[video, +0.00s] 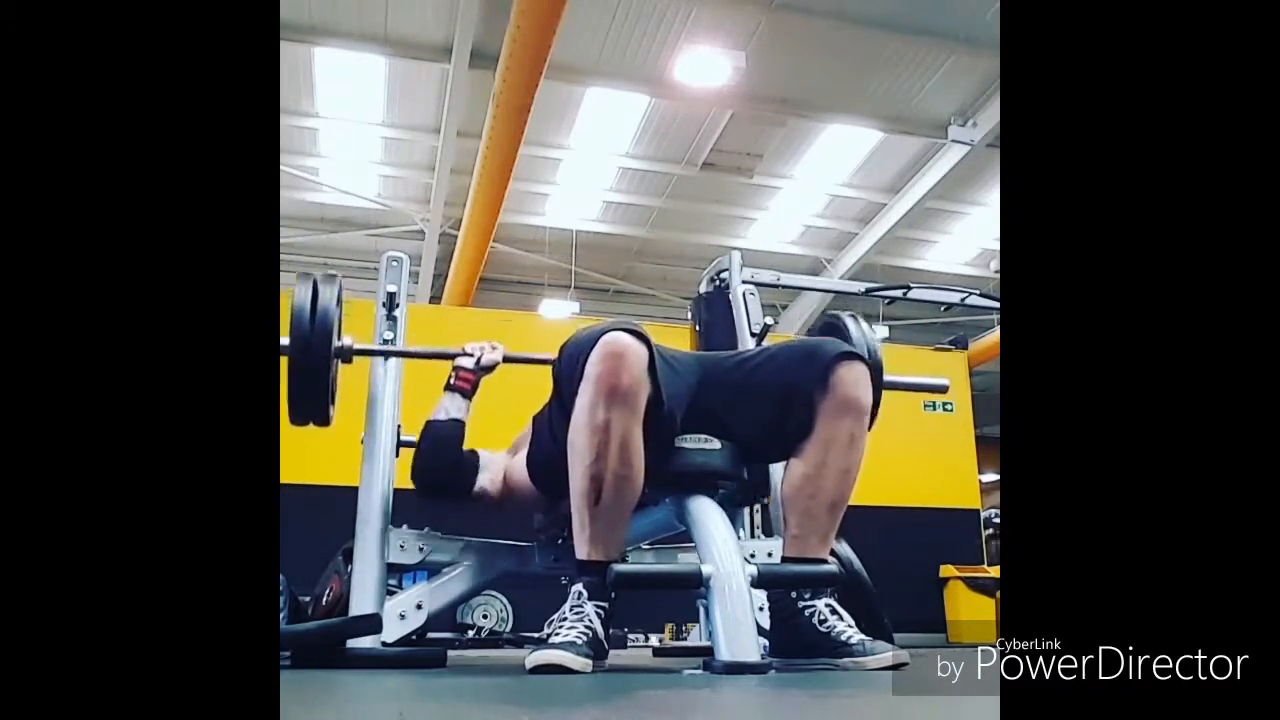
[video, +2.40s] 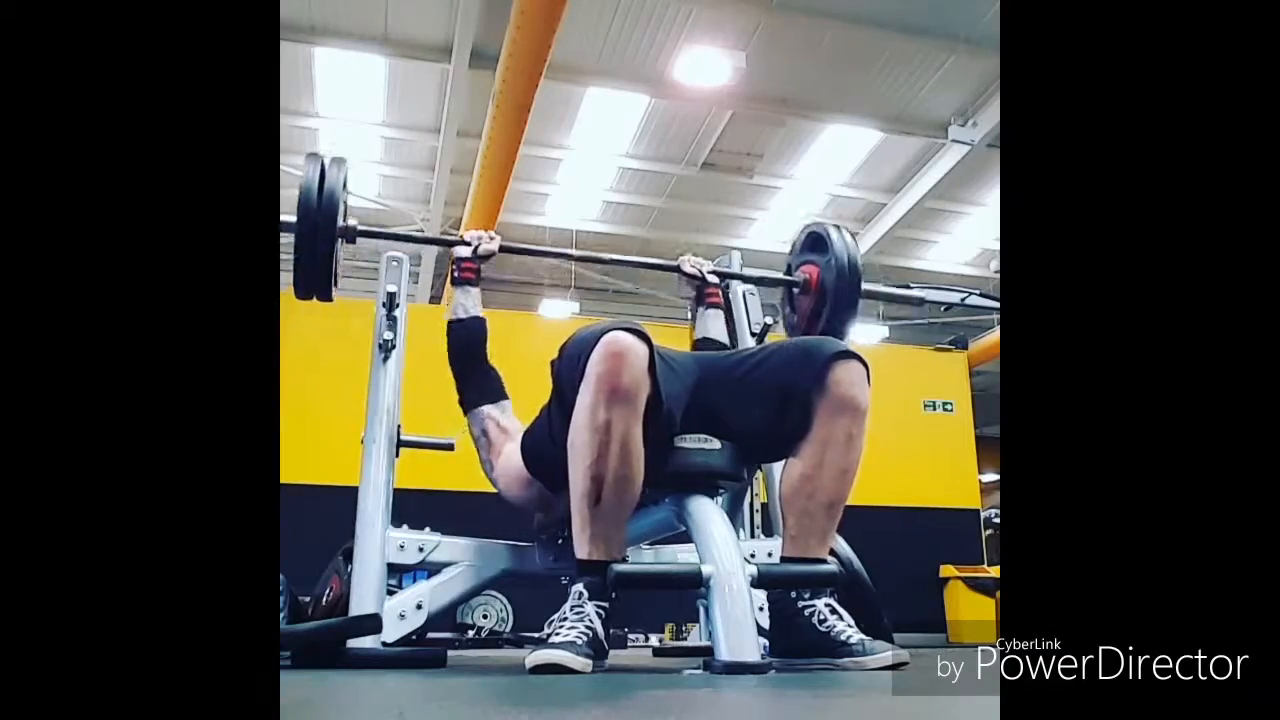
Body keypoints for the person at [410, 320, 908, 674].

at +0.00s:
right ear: (487, 484)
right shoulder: (514, 473)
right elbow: (434, 473)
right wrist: (461, 384)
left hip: (707, 375)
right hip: (633, 359)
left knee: (848, 376)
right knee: (618, 357)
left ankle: (800, 605)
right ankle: (586, 604)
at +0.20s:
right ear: (499, 509)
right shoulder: (518, 483)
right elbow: (448, 506)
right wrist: (464, 416)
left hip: (704, 375)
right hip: (625, 357)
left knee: (851, 376)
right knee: (623, 358)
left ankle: (801, 607)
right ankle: (588, 607)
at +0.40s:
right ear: (499, 477)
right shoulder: (514, 476)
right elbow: (440, 459)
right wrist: (465, 366)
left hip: (709, 372)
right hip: (622, 354)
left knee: (848, 376)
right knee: (622, 359)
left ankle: (801, 607)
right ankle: (588, 604)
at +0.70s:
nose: (496, 445)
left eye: (496, 446)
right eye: (492, 451)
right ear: (498, 466)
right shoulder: (522, 475)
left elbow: (735, 394)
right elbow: (455, 396)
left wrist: (720, 328)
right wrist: (468, 300)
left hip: (707, 384)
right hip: (631, 366)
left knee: (851, 377)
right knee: (628, 355)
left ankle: (800, 606)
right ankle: (586, 605)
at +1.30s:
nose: (494, 475)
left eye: (491, 471)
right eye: (488, 481)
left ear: (510, 459)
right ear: (498, 492)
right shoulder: (517, 463)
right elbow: (432, 434)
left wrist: (715, 352)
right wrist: (464, 343)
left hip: (703, 383)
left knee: (841, 376)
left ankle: (799, 606)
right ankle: (587, 605)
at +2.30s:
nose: (493, 429)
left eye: (495, 429)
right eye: (486, 436)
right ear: (498, 465)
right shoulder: (519, 469)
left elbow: (725, 382)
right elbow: (466, 373)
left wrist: (709, 310)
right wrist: (464, 280)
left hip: (683, 379)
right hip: (608, 361)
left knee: (844, 373)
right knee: (622, 353)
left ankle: (797, 607)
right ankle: (587, 606)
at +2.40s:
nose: (492, 434)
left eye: (492, 435)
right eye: (487, 437)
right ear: (499, 459)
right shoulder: (523, 468)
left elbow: (719, 377)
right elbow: (474, 370)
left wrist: (709, 302)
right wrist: (464, 276)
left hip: (685, 381)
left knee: (842, 373)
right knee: (618, 351)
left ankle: (797, 604)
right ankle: (587, 606)